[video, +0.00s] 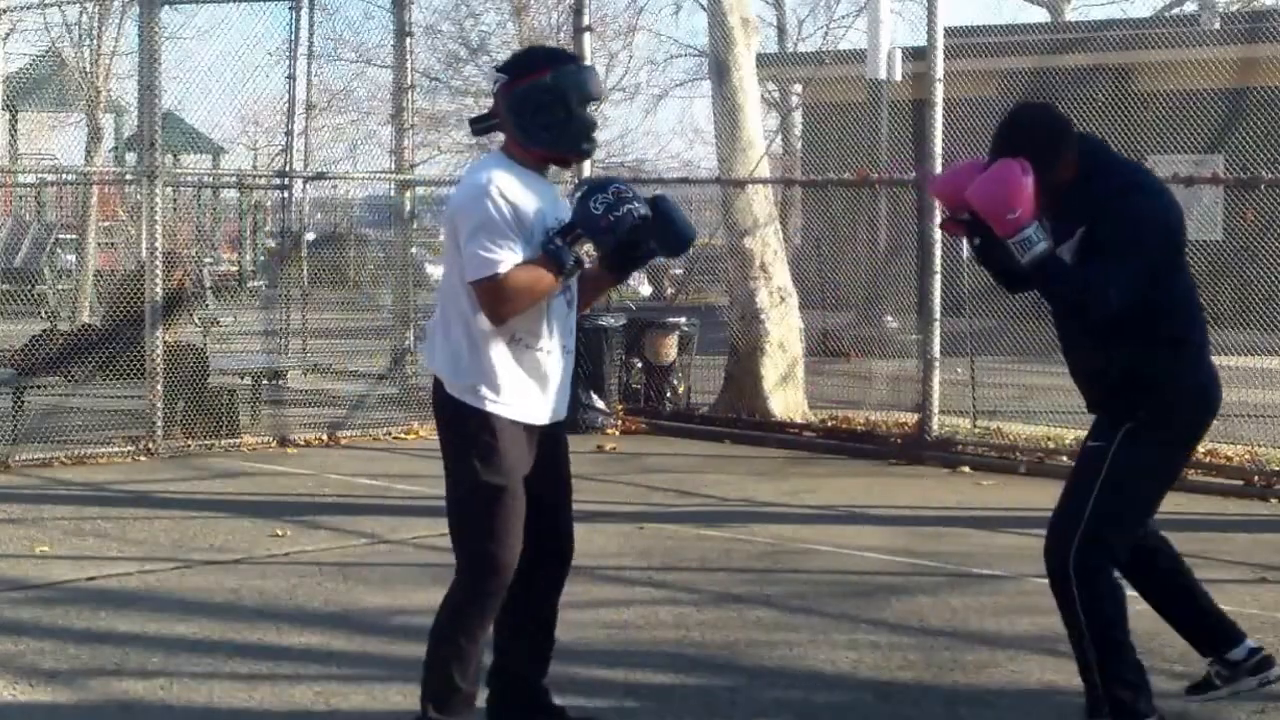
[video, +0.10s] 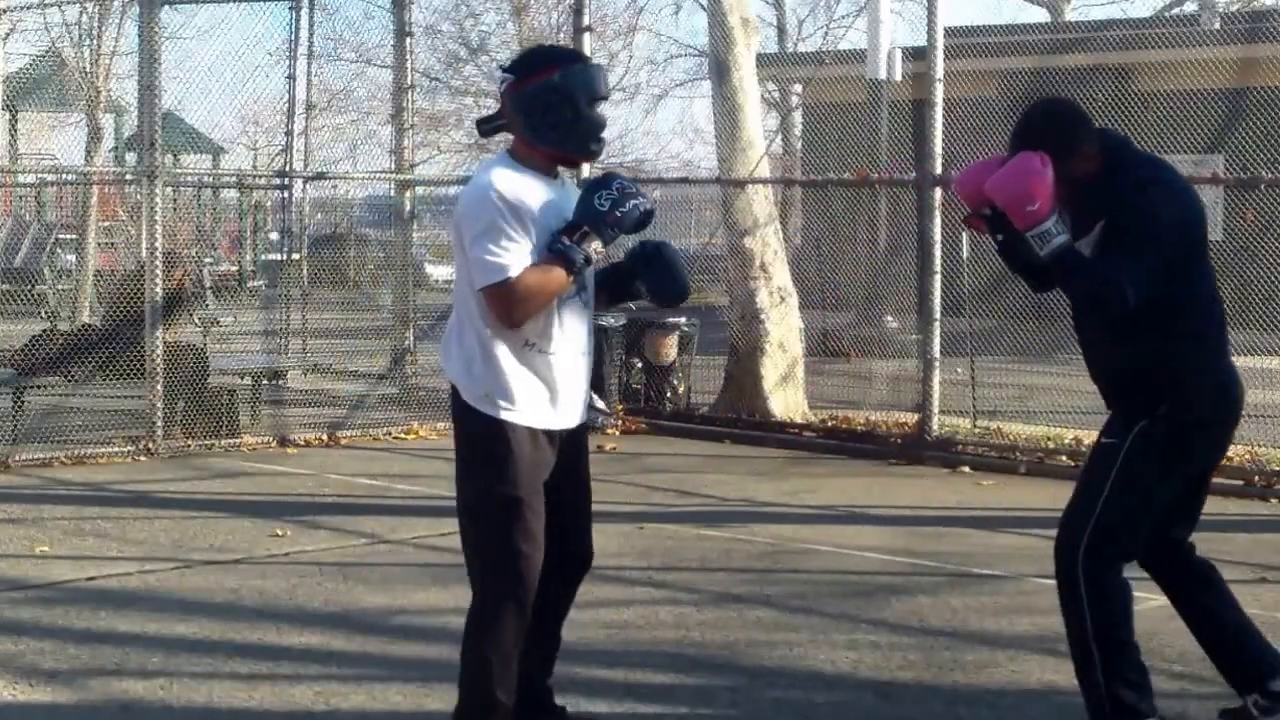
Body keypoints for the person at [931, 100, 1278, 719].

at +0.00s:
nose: (1020, 199)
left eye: (1025, 183)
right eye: (1015, 185)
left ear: (1060, 167)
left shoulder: (1134, 204)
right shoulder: (1063, 194)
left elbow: (1099, 307)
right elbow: (1026, 278)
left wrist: (1032, 241)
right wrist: (980, 231)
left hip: (1165, 402)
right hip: (1127, 400)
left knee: (1075, 551)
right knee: (1120, 535)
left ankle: (1123, 706)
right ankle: (1237, 656)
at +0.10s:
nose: (1045, 190)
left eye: (1047, 176)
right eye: (1038, 178)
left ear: (1080, 158)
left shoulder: (1153, 195)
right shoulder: (1091, 191)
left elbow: (1121, 298)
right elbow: (1043, 275)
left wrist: (1047, 232)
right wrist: (1003, 225)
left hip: (1178, 406)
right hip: (1158, 403)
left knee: (1084, 550)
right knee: (1162, 546)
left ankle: (1123, 709)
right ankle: (1266, 686)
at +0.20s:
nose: (1060, 188)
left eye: (1060, 173)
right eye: (1052, 176)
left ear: (1093, 152)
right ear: (1092, 150)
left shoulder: (1164, 189)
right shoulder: (1113, 187)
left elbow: (1121, 286)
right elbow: (1070, 276)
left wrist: (1050, 215)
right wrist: (1022, 224)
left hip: (1192, 407)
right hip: (1182, 403)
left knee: (1090, 551)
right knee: (1192, 555)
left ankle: (1121, 708)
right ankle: (1267, 697)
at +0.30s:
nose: (1075, 184)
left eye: (1073, 171)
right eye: (1068, 173)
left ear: (1104, 148)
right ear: (1107, 145)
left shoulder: (1164, 180)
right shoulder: (1163, 175)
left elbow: (1125, 278)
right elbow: (1116, 279)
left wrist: (1064, 212)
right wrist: (1053, 233)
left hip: (1200, 401)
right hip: (1240, 397)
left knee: (1088, 531)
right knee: (1205, 555)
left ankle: (1125, 702)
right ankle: (1263, 701)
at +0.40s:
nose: (1084, 181)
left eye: (1082, 167)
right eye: (1076, 170)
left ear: (1110, 145)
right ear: (1120, 138)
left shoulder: (1162, 178)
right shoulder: (1184, 167)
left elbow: (1129, 277)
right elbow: (1134, 273)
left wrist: (1068, 215)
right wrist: (1065, 225)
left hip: (1199, 404)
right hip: (1246, 402)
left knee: (1101, 562)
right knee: (1209, 559)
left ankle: (1112, 709)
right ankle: (1263, 701)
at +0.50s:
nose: (1081, 185)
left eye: (1079, 170)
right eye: (1074, 173)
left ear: (1108, 149)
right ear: (1121, 138)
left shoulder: (1162, 189)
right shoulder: (1187, 170)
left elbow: (1103, 282)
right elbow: (1108, 276)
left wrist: (1051, 208)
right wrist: (1048, 222)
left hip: (1197, 406)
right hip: (1248, 401)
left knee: (1104, 559)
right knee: (1206, 556)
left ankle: (1110, 709)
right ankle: (1264, 700)